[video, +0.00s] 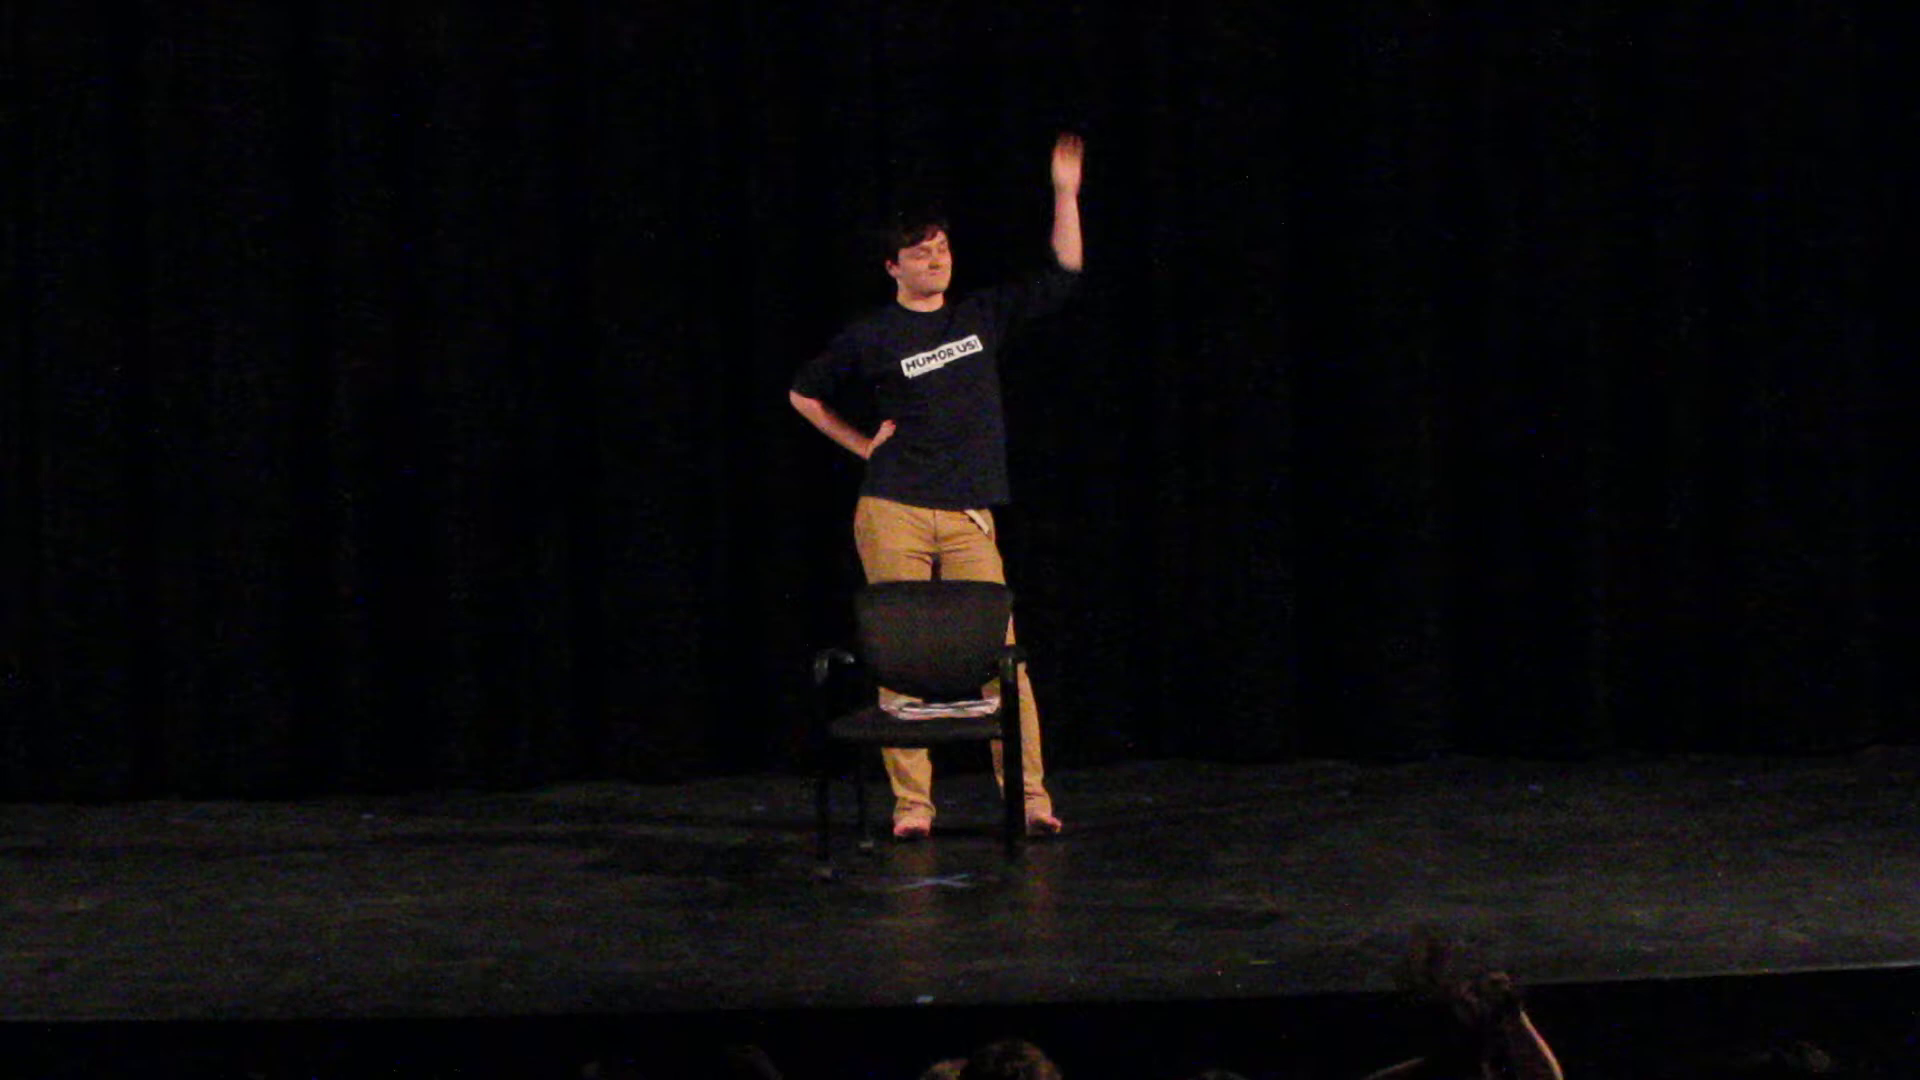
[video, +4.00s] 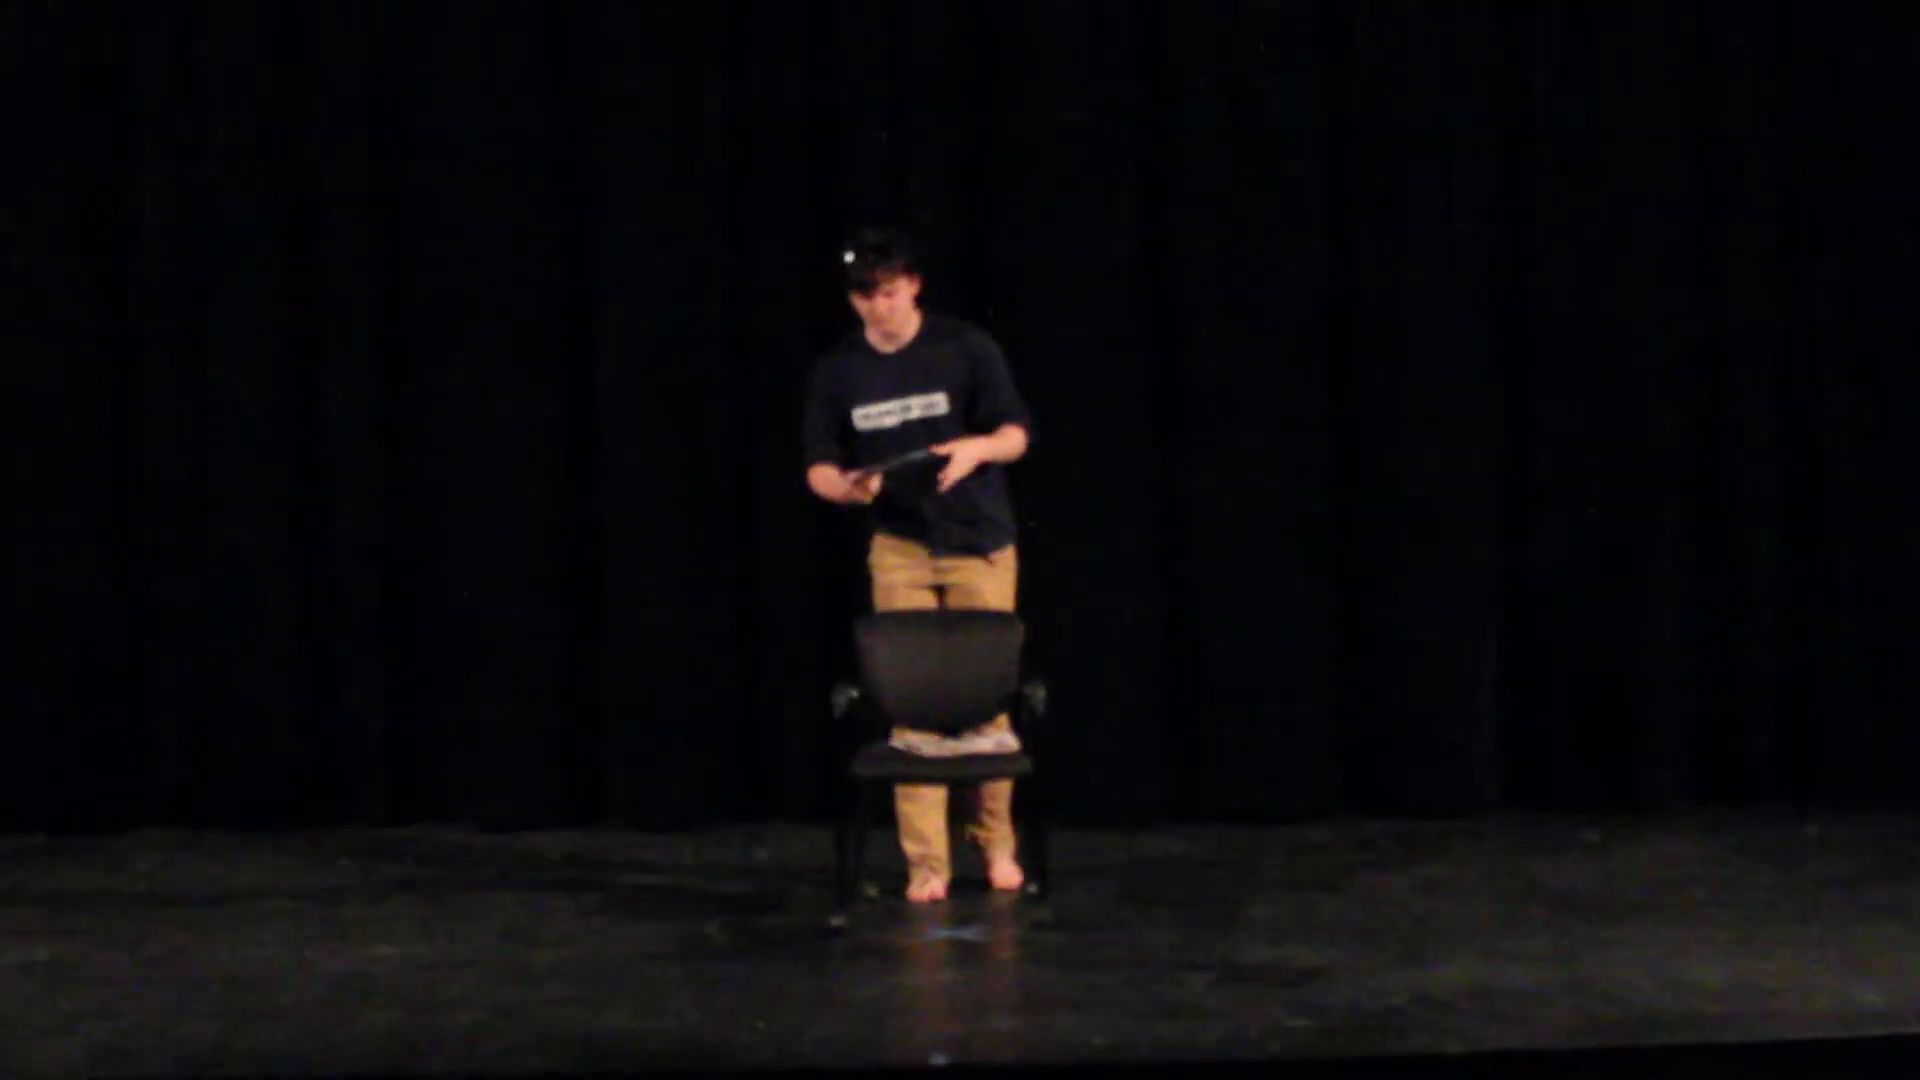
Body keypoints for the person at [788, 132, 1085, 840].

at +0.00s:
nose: (936, 256)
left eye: (940, 245)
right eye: (919, 249)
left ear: (951, 254)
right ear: (893, 265)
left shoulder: (985, 314)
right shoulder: (872, 334)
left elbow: (1065, 272)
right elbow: (802, 394)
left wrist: (1066, 194)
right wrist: (861, 444)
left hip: (970, 515)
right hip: (894, 512)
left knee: (1001, 651)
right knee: (904, 654)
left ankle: (1029, 794)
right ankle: (912, 803)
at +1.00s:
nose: (915, 276)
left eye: (926, 264)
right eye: (909, 265)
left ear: (960, 265)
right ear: (904, 269)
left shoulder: (1006, 332)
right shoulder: (903, 333)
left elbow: (1034, 427)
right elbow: (885, 425)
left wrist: (1038, 506)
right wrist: (868, 503)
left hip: (989, 521)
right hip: (911, 517)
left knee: (981, 662)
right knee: (915, 658)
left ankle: (983, 807)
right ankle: (925, 804)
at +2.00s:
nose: (909, 405)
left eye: (918, 392)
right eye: (897, 394)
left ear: (937, 373)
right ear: (879, 381)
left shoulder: (979, 400)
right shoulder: (855, 405)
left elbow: (1007, 491)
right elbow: (849, 485)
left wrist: (986, 567)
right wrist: (867, 559)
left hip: (965, 541)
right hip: (892, 543)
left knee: (961, 675)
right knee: (898, 677)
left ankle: (955, 821)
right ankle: (913, 819)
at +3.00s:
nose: (796, 502)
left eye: (799, 487)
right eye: (787, 494)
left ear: (826, 455)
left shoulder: (907, 466)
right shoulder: (834, 462)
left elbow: (959, 558)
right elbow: (853, 507)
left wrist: (946, 658)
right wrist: (865, 562)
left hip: (989, 539)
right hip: (915, 543)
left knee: (970, 680)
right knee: (912, 680)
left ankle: (955, 823)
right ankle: (913, 823)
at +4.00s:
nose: (878, 307)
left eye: (889, 291)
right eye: (866, 294)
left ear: (915, 287)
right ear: (852, 300)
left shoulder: (967, 350)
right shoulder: (838, 372)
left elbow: (1017, 434)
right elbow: (818, 467)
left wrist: (977, 450)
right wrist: (846, 488)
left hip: (980, 547)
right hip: (897, 549)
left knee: (988, 701)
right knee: (909, 706)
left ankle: (999, 843)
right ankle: (925, 864)